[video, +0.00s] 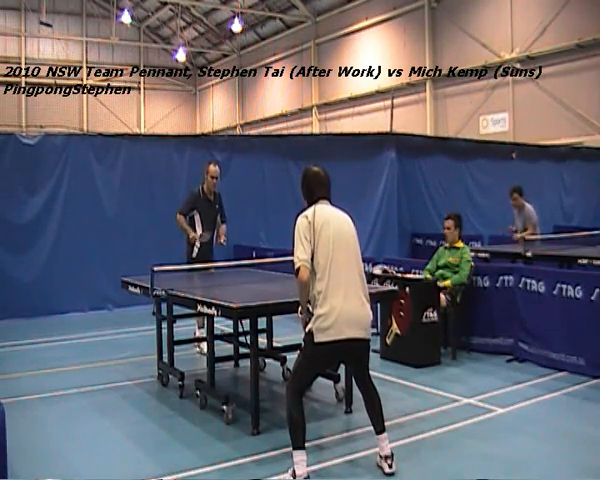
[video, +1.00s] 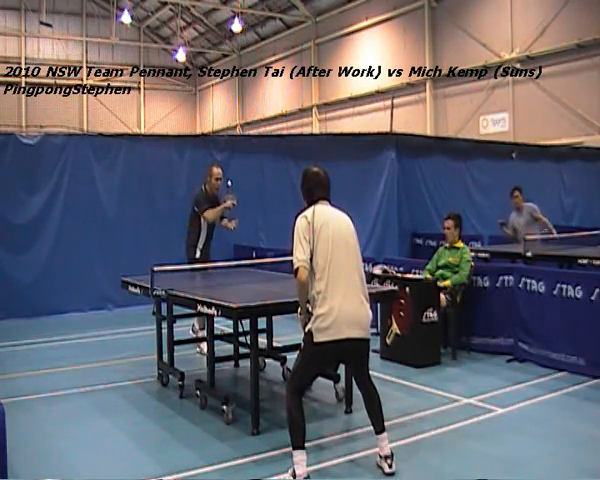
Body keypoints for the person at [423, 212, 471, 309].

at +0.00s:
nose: (445, 232)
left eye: (448, 229)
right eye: (444, 229)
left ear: (457, 230)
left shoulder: (464, 251)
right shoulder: (442, 249)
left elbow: (463, 276)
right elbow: (429, 267)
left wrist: (445, 283)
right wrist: (428, 277)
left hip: (453, 284)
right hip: (436, 281)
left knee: (442, 298)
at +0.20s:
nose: (445, 232)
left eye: (448, 229)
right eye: (444, 229)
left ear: (457, 230)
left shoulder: (464, 251)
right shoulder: (442, 249)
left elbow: (463, 276)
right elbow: (429, 268)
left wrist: (446, 283)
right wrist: (428, 277)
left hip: (453, 283)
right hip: (437, 280)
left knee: (444, 297)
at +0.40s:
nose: (445, 232)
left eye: (448, 229)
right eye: (444, 229)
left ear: (457, 230)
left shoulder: (464, 251)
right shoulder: (441, 249)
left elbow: (463, 276)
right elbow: (429, 267)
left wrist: (445, 283)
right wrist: (428, 277)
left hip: (453, 284)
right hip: (435, 281)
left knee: (442, 297)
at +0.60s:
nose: (445, 232)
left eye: (448, 229)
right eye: (444, 229)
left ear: (457, 230)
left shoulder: (464, 251)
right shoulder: (442, 249)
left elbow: (463, 276)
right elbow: (430, 267)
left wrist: (446, 283)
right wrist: (428, 277)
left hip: (453, 284)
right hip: (436, 281)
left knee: (442, 297)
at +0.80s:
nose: (445, 232)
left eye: (448, 229)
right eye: (444, 229)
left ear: (457, 230)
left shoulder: (464, 251)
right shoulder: (442, 249)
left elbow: (463, 276)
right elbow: (430, 267)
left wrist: (446, 283)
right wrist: (428, 277)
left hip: (453, 284)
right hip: (436, 281)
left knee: (443, 298)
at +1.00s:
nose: (445, 232)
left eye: (448, 229)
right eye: (444, 229)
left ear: (457, 230)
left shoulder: (464, 251)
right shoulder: (442, 249)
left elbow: (463, 276)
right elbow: (430, 267)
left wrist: (446, 283)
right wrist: (428, 276)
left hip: (453, 284)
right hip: (436, 281)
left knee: (442, 298)